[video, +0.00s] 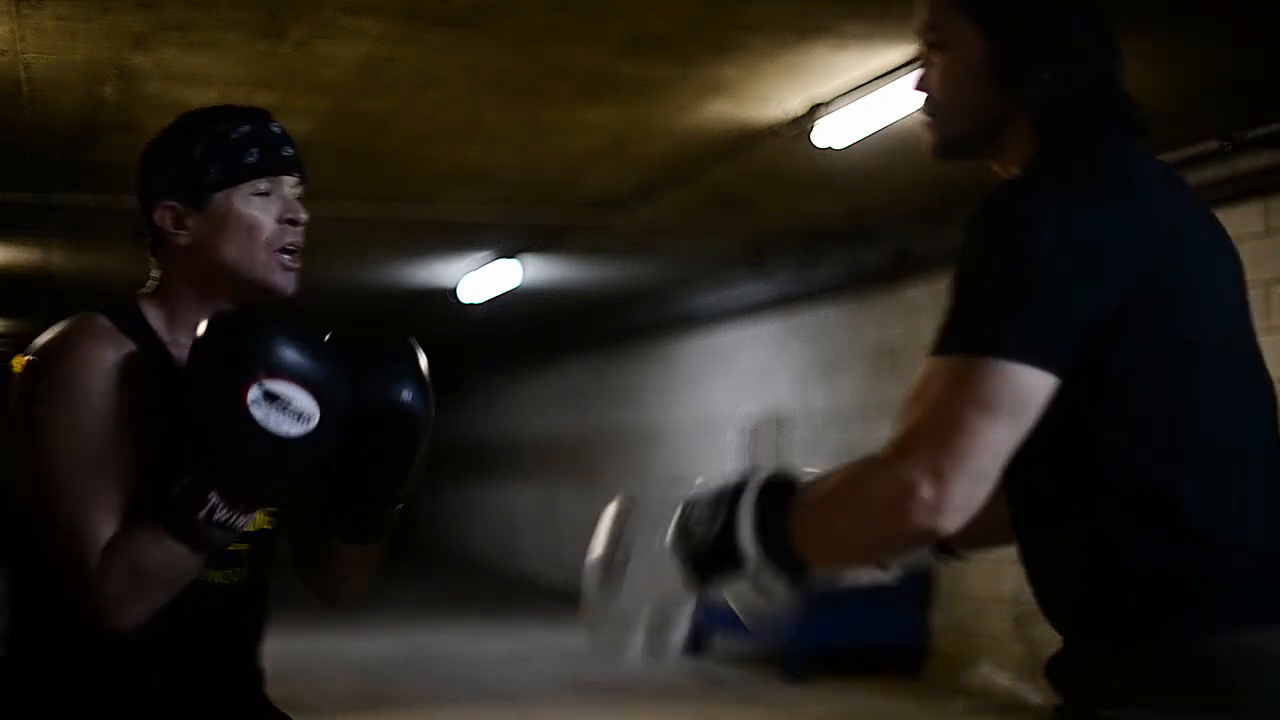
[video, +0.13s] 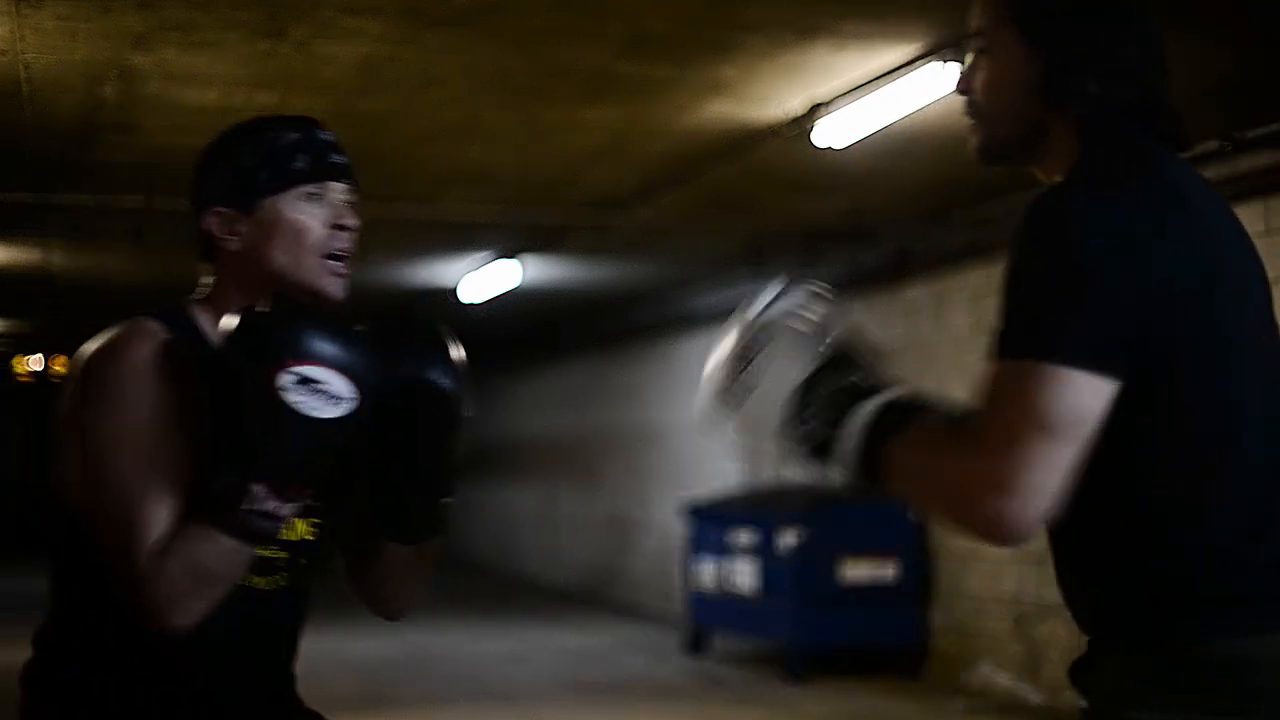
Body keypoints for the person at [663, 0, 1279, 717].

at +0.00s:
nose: (919, 80)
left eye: (938, 49)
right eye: (925, 52)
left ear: (1018, 58)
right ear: (1025, 64)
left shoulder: (1044, 213)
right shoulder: (1147, 198)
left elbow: (930, 492)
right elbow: (1088, 462)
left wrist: (752, 525)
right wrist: (908, 535)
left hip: (1168, 663)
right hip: (1240, 645)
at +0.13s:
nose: (964, 84)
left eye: (984, 52)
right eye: (970, 55)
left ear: (1058, 57)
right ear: (1072, 63)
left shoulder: (1094, 219)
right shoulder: (1170, 206)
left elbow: (1009, 493)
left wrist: (848, 414)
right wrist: (883, 412)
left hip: (1185, 670)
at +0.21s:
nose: (986, 78)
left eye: (1008, 45)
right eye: (996, 47)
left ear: (1079, 59)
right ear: (1089, 60)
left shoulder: (1125, 210)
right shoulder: (1179, 198)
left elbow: (1072, 491)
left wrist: (917, 372)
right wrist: (945, 363)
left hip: (1191, 676)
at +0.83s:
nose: (964, 67)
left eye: (985, 43)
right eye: (973, 44)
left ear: (1053, 55)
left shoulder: (1098, 211)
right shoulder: (1160, 201)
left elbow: (1012, 467)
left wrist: (886, 335)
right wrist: (947, 322)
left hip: (1140, 660)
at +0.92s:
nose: (939, 55)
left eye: (957, 33)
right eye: (947, 33)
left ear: (1015, 47)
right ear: (1094, 50)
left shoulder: (1006, 199)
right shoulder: (1190, 198)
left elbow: (854, 391)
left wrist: (755, 319)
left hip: (1088, 629)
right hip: (1247, 612)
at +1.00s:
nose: (924, 63)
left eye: (937, 41)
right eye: (932, 41)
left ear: (971, 53)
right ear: (1085, 56)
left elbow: (662, 278)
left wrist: (504, 261)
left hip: (1081, 641)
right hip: (1246, 617)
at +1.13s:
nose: (882, 47)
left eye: (900, 24)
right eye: (891, 24)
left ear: (936, 39)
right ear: (1045, 41)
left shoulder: (906, 166)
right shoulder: (1114, 174)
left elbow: (741, 387)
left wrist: (683, 359)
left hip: (1057, 639)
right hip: (1211, 609)